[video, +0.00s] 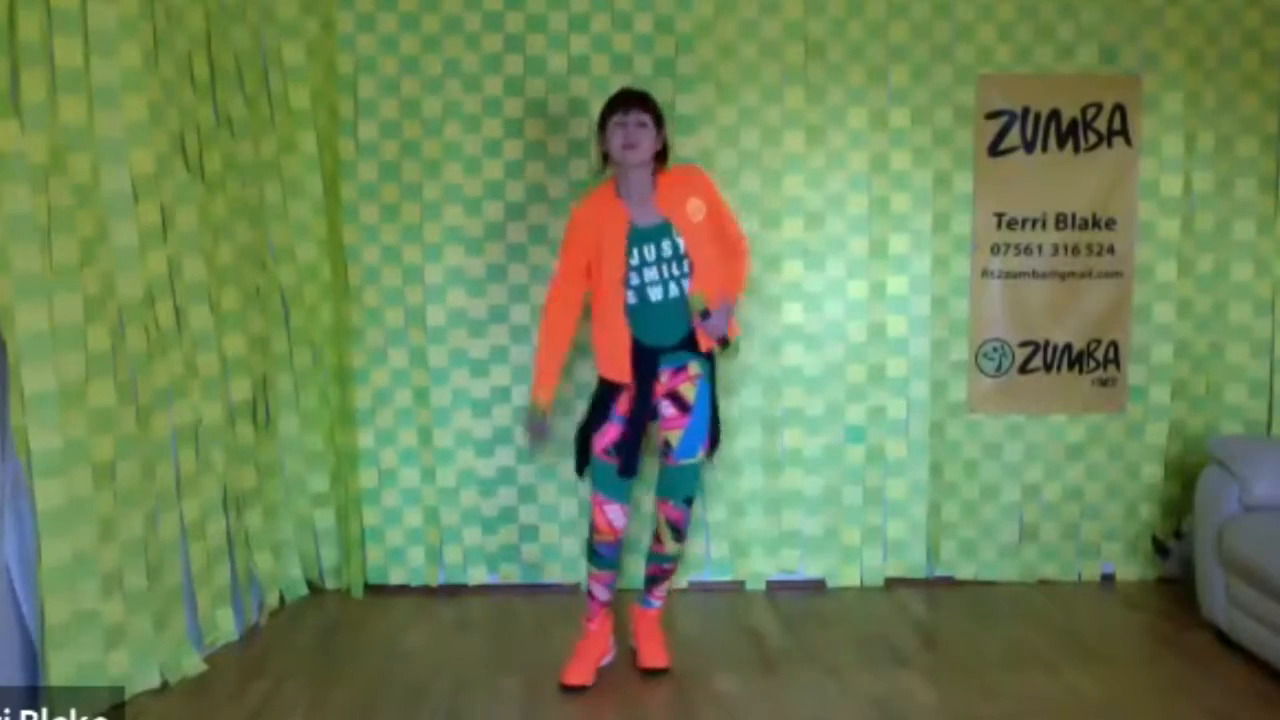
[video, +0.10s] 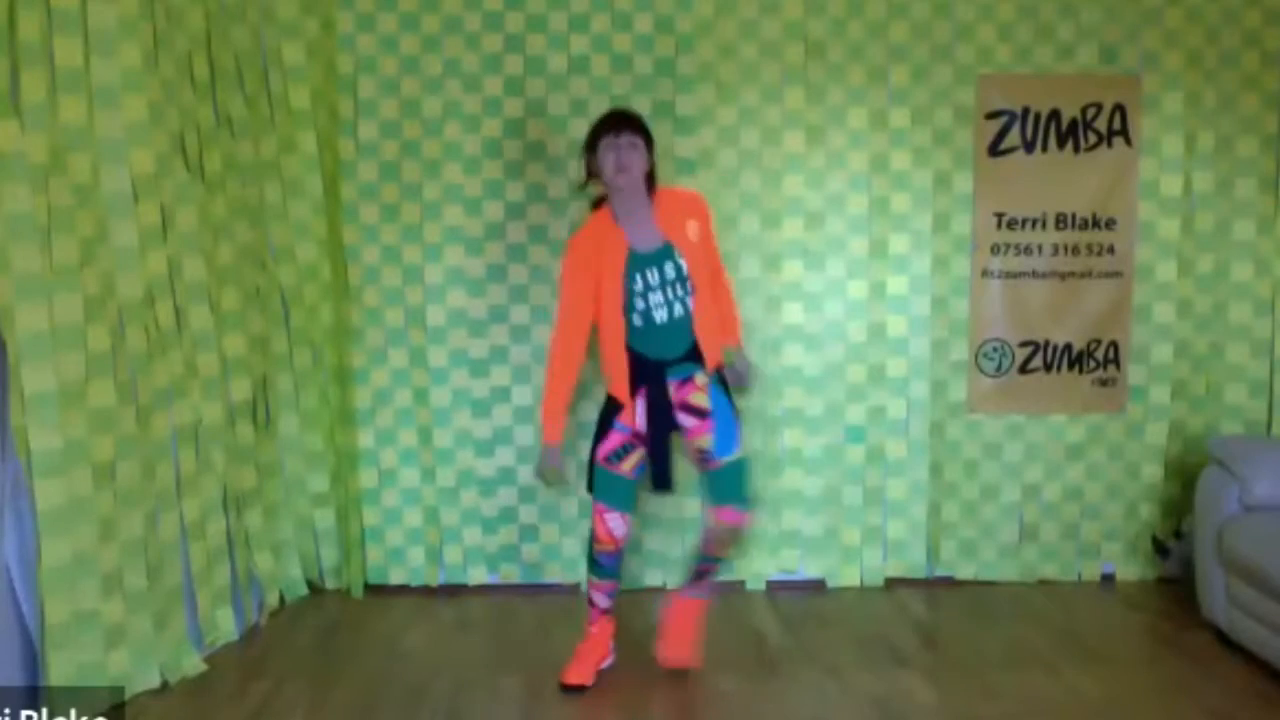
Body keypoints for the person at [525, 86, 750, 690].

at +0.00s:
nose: (630, 135)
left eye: (641, 126)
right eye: (619, 127)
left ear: (660, 138)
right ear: (604, 142)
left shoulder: (692, 186)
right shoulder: (591, 213)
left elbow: (733, 249)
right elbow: (563, 303)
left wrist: (725, 305)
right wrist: (542, 394)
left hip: (689, 364)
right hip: (622, 370)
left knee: (677, 500)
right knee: (607, 501)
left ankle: (649, 615)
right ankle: (597, 625)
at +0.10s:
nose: (622, 155)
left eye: (631, 146)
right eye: (611, 148)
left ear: (651, 158)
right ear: (594, 166)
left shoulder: (688, 210)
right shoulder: (589, 243)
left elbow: (714, 279)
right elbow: (569, 335)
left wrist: (730, 344)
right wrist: (552, 427)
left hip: (698, 374)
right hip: (630, 384)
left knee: (731, 512)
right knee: (609, 519)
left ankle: (689, 604)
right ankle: (598, 632)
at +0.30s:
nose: (678, 192)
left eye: (689, 182)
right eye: (667, 182)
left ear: (705, 191)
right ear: (648, 190)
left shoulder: (729, 253)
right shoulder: (620, 258)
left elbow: (783, 323)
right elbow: (579, 333)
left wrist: (826, 395)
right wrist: (575, 408)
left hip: (719, 411)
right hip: (645, 416)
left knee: (808, 511)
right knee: (590, 527)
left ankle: (851, 624)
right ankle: (595, 635)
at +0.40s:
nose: (720, 206)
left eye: (732, 195)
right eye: (710, 194)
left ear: (746, 205)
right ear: (691, 200)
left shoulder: (765, 271)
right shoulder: (655, 258)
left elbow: (819, 341)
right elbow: (603, 310)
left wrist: (874, 410)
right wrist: (597, 380)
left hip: (739, 428)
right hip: (664, 428)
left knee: (838, 526)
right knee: (597, 525)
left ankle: (874, 631)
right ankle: (596, 635)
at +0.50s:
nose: (786, 228)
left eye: (799, 218)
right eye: (778, 215)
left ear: (816, 230)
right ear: (761, 220)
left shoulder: (824, 303)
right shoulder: (722, 266)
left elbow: (884, 370)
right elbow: (655, 288)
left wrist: (947, 438)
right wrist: (648, 347)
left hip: (774, 445)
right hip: (698, 438)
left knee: (877, 525)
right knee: (617, 535)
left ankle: (881, 631)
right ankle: (600, 634)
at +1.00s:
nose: (741, 202)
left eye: (754, 192)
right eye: (734, 190)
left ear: (771, 201)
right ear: (721, 194)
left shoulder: (786, 260)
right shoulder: (687, 250)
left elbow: (840, 331)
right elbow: (630, 311)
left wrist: (889, 402)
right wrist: (616, 380)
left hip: (754, 409)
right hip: (685, 409)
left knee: (838, 510)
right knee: (626, 512)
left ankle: (880, 629)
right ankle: (589, 632)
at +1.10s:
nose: (672, 171)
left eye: (685, 160)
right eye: (663, 159)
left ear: (705, 165)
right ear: (649, 162)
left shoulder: (732, 221)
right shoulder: (625, 227)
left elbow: (765, 297)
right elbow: (593, 306)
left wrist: (806, 369)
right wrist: (574, 387)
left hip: (718, 375)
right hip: (649, 379)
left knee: (775, 487)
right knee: (612, 496)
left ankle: (834, 620)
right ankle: (588, 629)